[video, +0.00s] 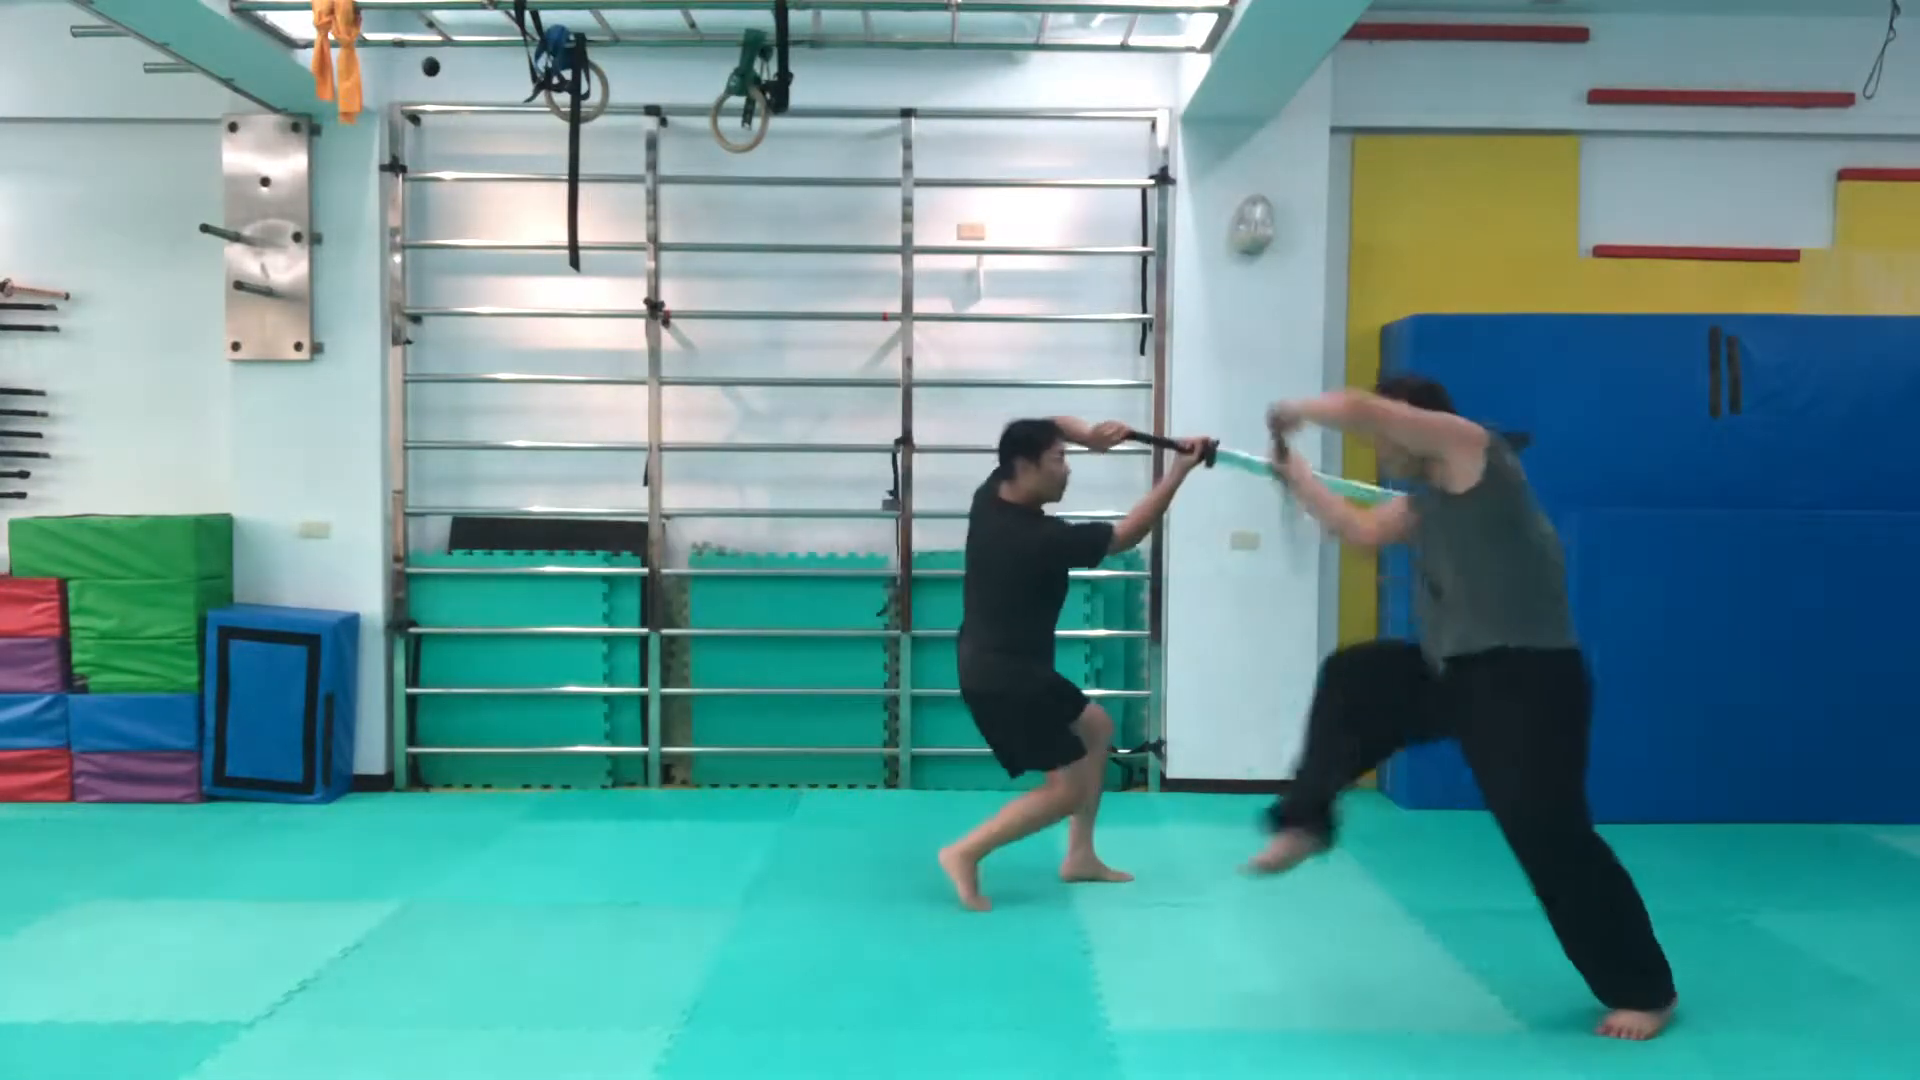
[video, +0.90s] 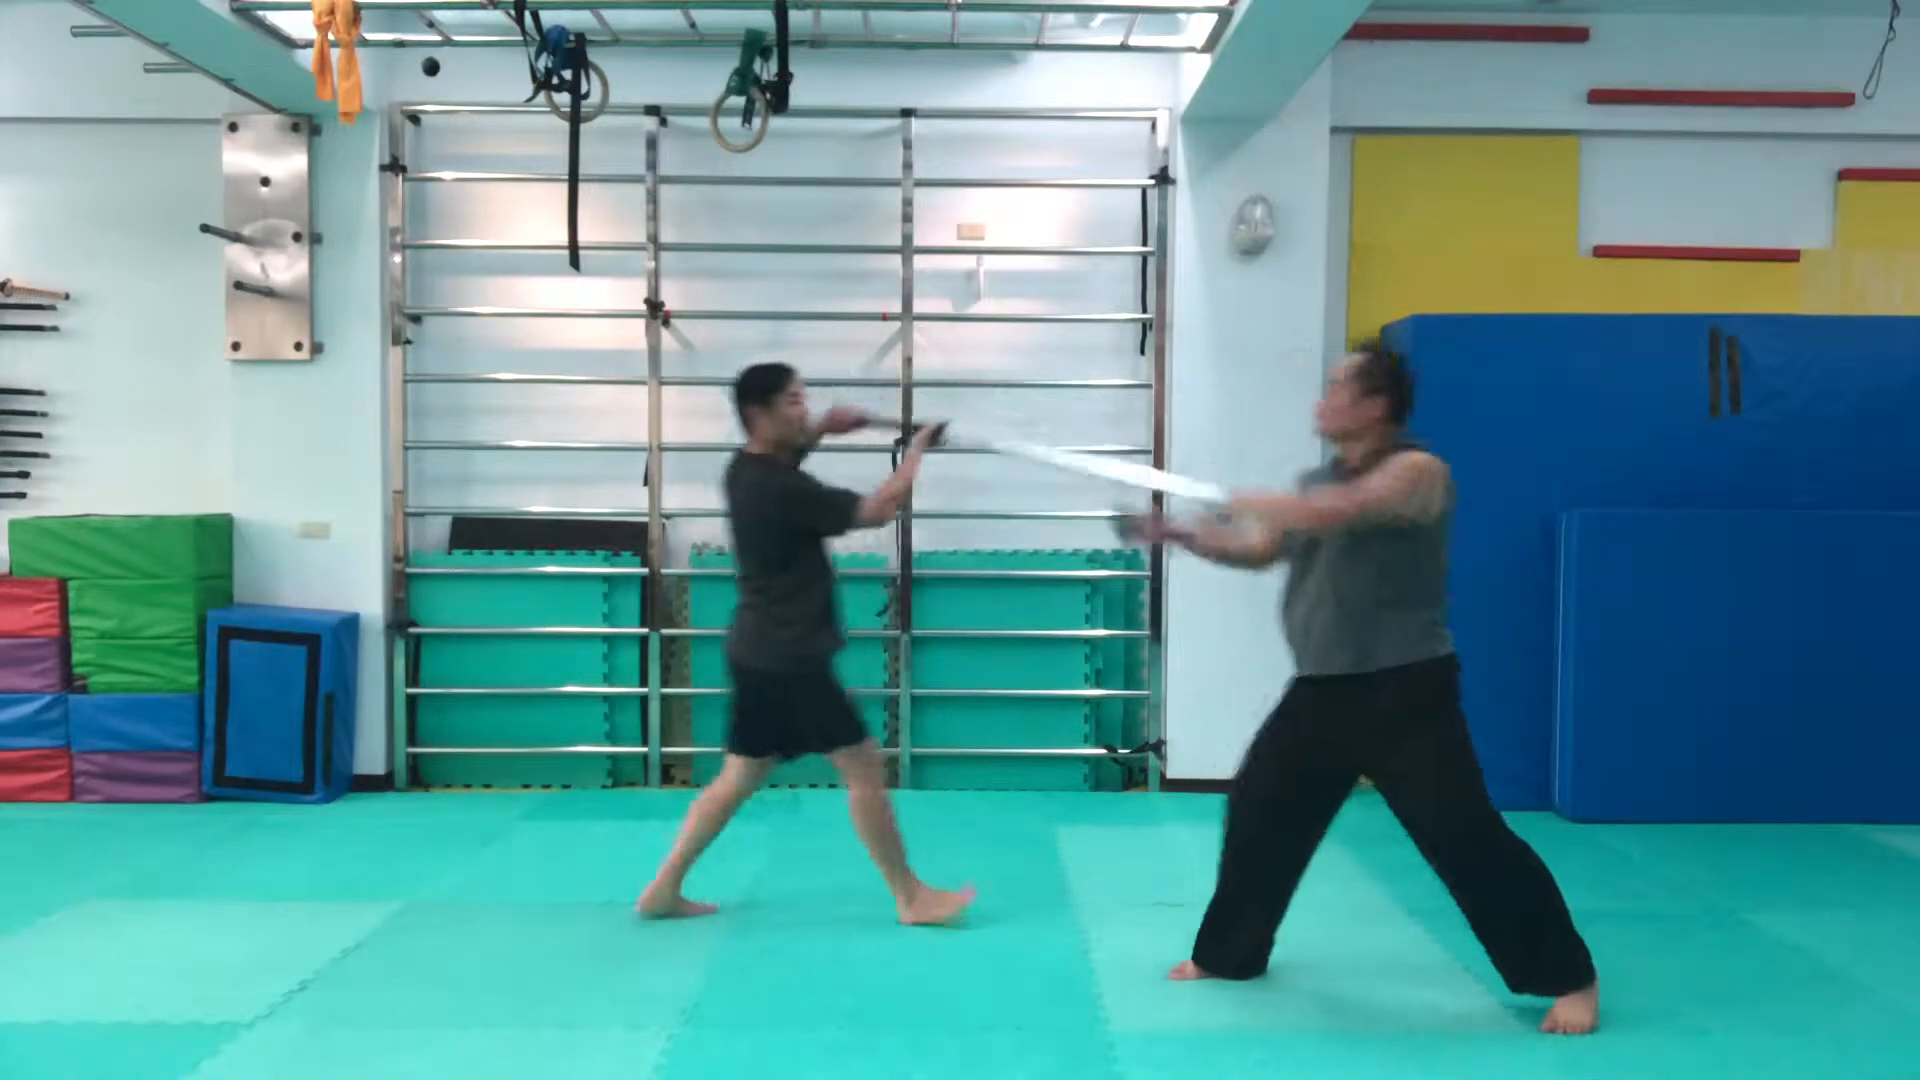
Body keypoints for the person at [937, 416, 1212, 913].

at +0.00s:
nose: (1066, 469)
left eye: (1065, 459)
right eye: (1059, 460)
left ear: (1016, 467)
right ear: (1027, 467)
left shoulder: (989, 500)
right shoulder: (1046, 538)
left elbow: (1041, 432)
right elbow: (1125, 534)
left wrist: (1090, 436)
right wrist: (1179, 470)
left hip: (988, 668)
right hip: (1011, 680)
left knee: (1096, 727)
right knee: (1069, 790)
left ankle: (1081, 857)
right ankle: (963, 854)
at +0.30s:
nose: (1027, 438)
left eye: (1025, 427)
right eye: (1019, 428)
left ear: (982, 435)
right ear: (987, 434)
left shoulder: (958, 477)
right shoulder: (1004, 503)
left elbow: (986, 429)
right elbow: (1089, 512)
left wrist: (1033, 397)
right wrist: (1130, 449)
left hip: (975, 649)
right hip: (996, 659)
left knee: (1056, 740)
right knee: (1047, 778)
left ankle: (1077, 858)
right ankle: (950, 875)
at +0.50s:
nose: (965, 410)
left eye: (964, 400)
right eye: (956, 401)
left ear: (915, 413)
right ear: (925, 411)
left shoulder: (895, 462)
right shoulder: (952, 479)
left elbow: (928, 420)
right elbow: (1035, 487)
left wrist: (969, 377)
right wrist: (1063, 418)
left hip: (914, 642)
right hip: (948, 648)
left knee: (993, 736)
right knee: (988, 765)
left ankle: (990, 866)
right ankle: (929, 896)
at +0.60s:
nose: (929, 403)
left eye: (927, 393)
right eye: (919, 395)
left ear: (882, 407)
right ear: (888, 404)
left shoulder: (861, 457)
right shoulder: (917, 472)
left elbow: (896, 415)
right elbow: (1001, 483)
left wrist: (938, 376)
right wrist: (1033, 413)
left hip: (879, 641)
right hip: (920, 644)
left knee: (936, 753)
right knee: (964, 761)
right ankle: (927, 898)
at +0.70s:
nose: (887, 404)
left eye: (886, 394)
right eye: (878, 395)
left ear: (841, 405)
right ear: (844, 404)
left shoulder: (825, 458)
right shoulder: (875, 473)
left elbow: (861, 411)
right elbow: (962, 486)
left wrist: (901, 380)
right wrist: (1000, 416)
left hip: (849, 642)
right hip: (889, 644)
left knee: (887, 753)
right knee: (940, 762)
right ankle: (925, 900)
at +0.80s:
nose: (846, 407)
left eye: (844, 398)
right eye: (834, 400)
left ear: (802, 413)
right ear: (800, 412)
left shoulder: (787, 464)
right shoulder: (826, 480)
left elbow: (826, 409)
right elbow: (919, 495)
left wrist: (868, 394)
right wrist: (958, 427)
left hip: (811, 647)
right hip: (847, 650)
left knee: (809, 760)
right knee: (904, 760)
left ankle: (697, 858)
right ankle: (922, 901)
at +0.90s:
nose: (808, 413)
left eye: (804, 400)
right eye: (794, 403)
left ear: (757, 419)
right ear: (760, 416)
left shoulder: (744, 471)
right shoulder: (781, 486)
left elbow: (785, 453)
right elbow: (876, 511)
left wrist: (825, 427)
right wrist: (916, 452)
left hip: (759, 657)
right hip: (793, 661)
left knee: (741, 775)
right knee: (864, 767)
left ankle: (663, 890)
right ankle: (911, 898)